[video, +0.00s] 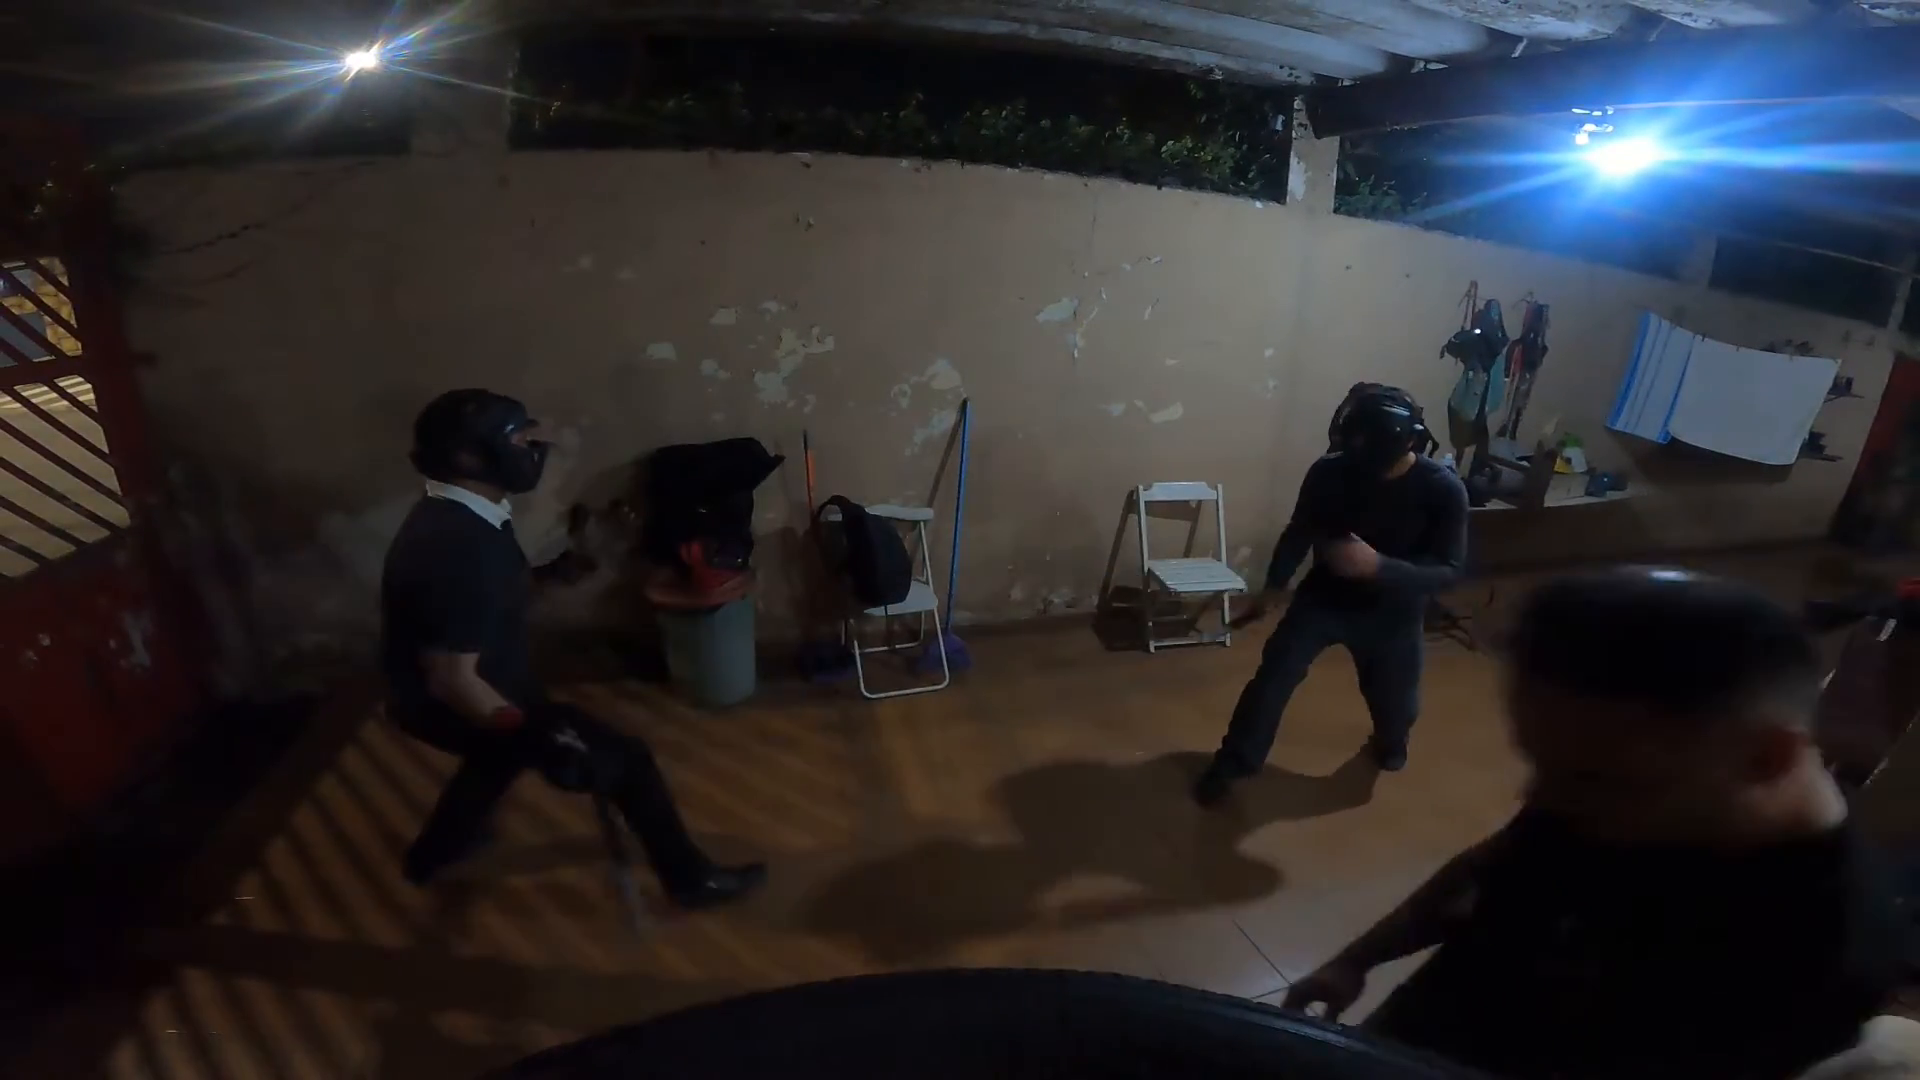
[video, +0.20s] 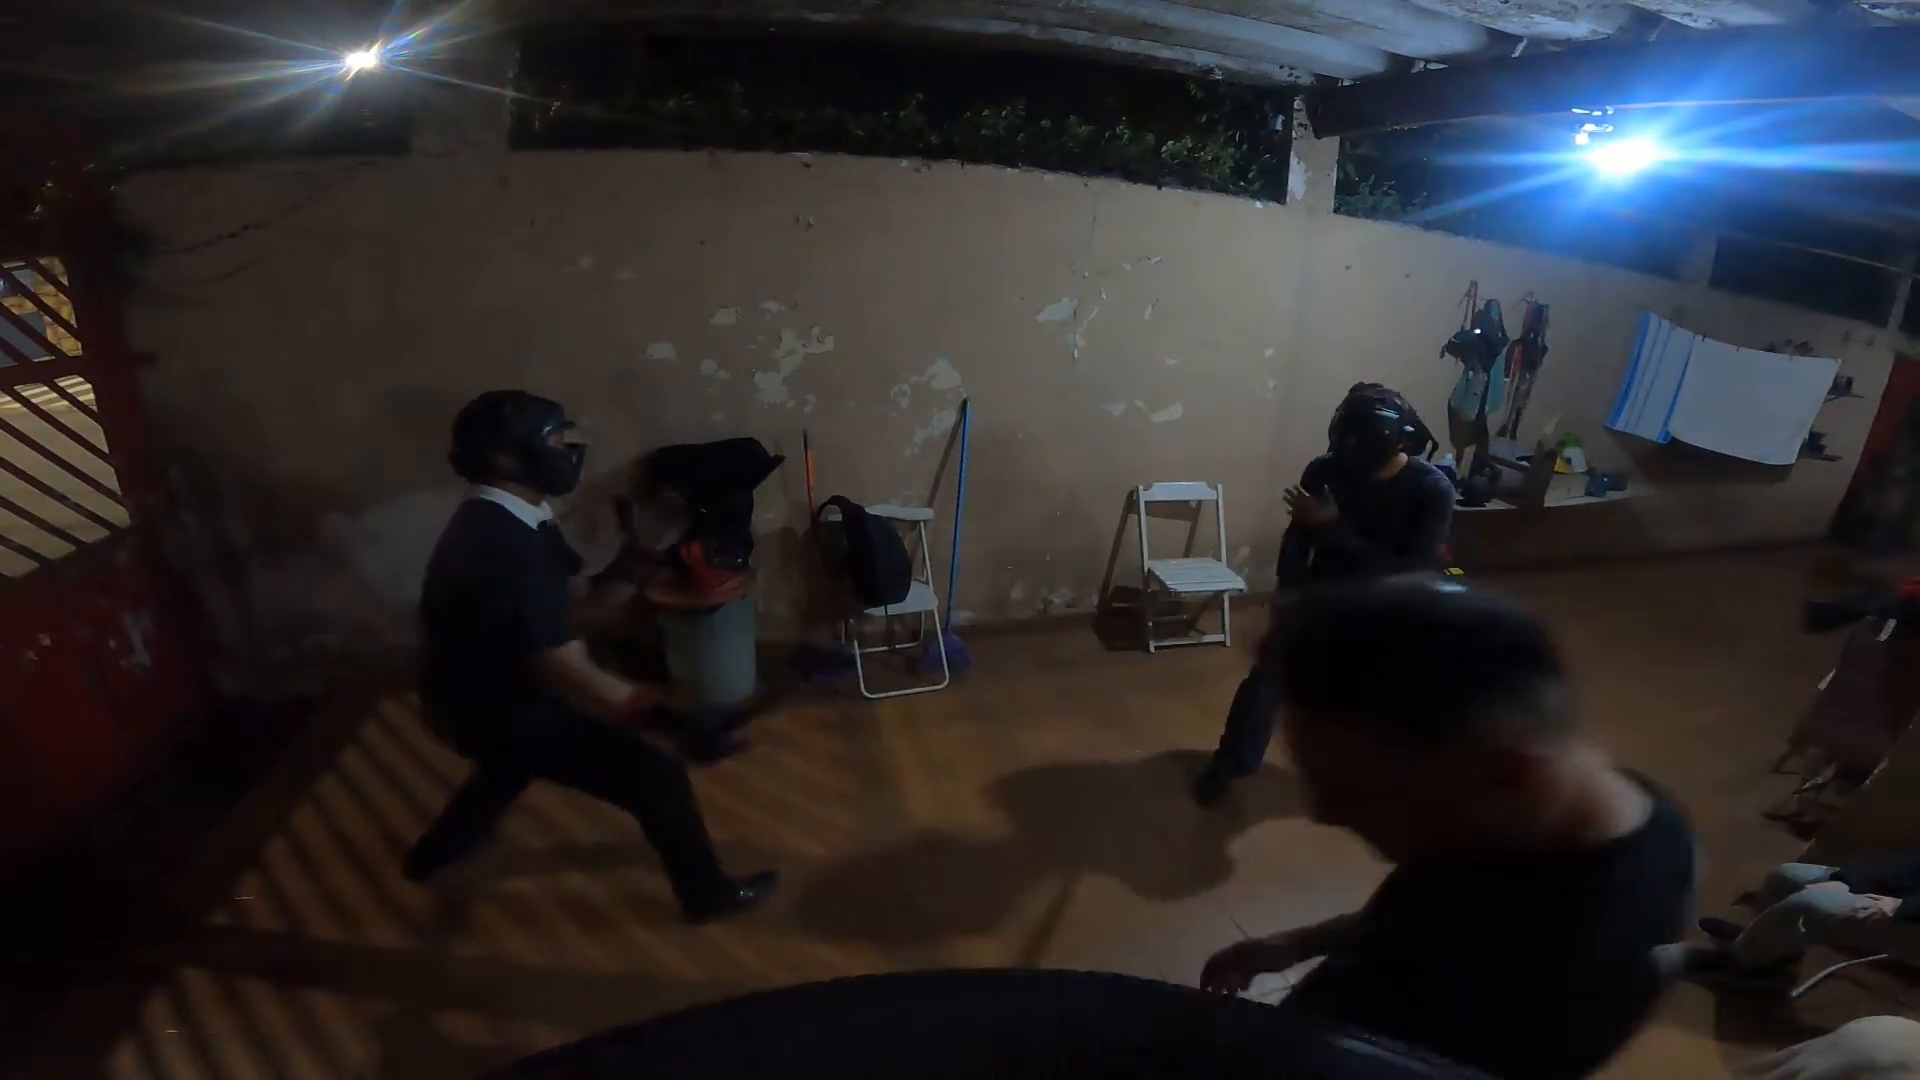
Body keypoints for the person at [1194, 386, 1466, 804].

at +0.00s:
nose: (1354, 452)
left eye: (1365, 444)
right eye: (1353, 441)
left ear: (1401, 445)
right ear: (1353, 438)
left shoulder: (1442, 490)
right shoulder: (1330, 473)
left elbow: (1450, 571)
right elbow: (1297, 536)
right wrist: (1267, 593)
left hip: (1393, 612)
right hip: (1324, 599)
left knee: (1396, 705)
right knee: (1273, 677)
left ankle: (1391, 747)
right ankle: (1234, 760)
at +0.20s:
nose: (1354, 467)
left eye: (1363, 458)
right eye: (1347, 454)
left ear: (1394, 446)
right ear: (1341, 441)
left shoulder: (1431, 490)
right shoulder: (1327, 474)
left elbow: (1416, 572)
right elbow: (1296, 548)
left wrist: (1329, 527)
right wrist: (1287, 606)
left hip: (1396, 614)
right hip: (1325, 609)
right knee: (1272, 673)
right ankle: (1231, 761)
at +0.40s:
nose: (1318, 458)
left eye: (1327, 451)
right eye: (1313, 449)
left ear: (1363, 441)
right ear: (1310, 438)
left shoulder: (1408, 481)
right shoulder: (1296, 469)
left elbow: (1425, 568)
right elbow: (1271, 526)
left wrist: (1343, 560)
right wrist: (1244, 577)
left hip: (1369, 595)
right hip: (1303, 586)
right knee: (1261, 670)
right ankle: (1234, 757)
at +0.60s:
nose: (1313, 458)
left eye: (1322, 451)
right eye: (1307, 448)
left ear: (1357, 441)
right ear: (1300, 436)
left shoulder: (1400, 479)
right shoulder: (1288, 464)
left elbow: (1437, 557)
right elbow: (1257, 516)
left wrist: (1389, 583)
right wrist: (1207, 559)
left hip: (1362, 602)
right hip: (1292, 592)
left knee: (1370, 708)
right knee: (1252, 682)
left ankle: (1341, 739)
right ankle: (1226, 775)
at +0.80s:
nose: (1330, 469)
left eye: (1341, 462)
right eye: (1324, 459)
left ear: (1370, 451)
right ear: (1316, 443)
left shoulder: (1402, 492)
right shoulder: (1293, 466)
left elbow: (1423, 575)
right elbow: (1261, 517)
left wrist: (1374, 586)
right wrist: (1215, 567)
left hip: (1347, 607)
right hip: (1280, 592)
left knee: (1345, 702)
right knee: (1237, 687)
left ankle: (1341, 743)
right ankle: (1228, 765)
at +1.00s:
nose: (1315, 462)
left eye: (1326, 456)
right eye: (1311, 450)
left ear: (1360, 446)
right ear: (1305, 437)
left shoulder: (1396, 488)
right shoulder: (1286, 463)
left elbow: (1415, 573)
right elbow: (1257, 513)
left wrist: (1354, 586)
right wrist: (1215, 564)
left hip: (1344, 603)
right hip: (1277, 589)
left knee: (1342, 695)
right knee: (1241, 684)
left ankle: (1340, 742)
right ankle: (1229, 765)